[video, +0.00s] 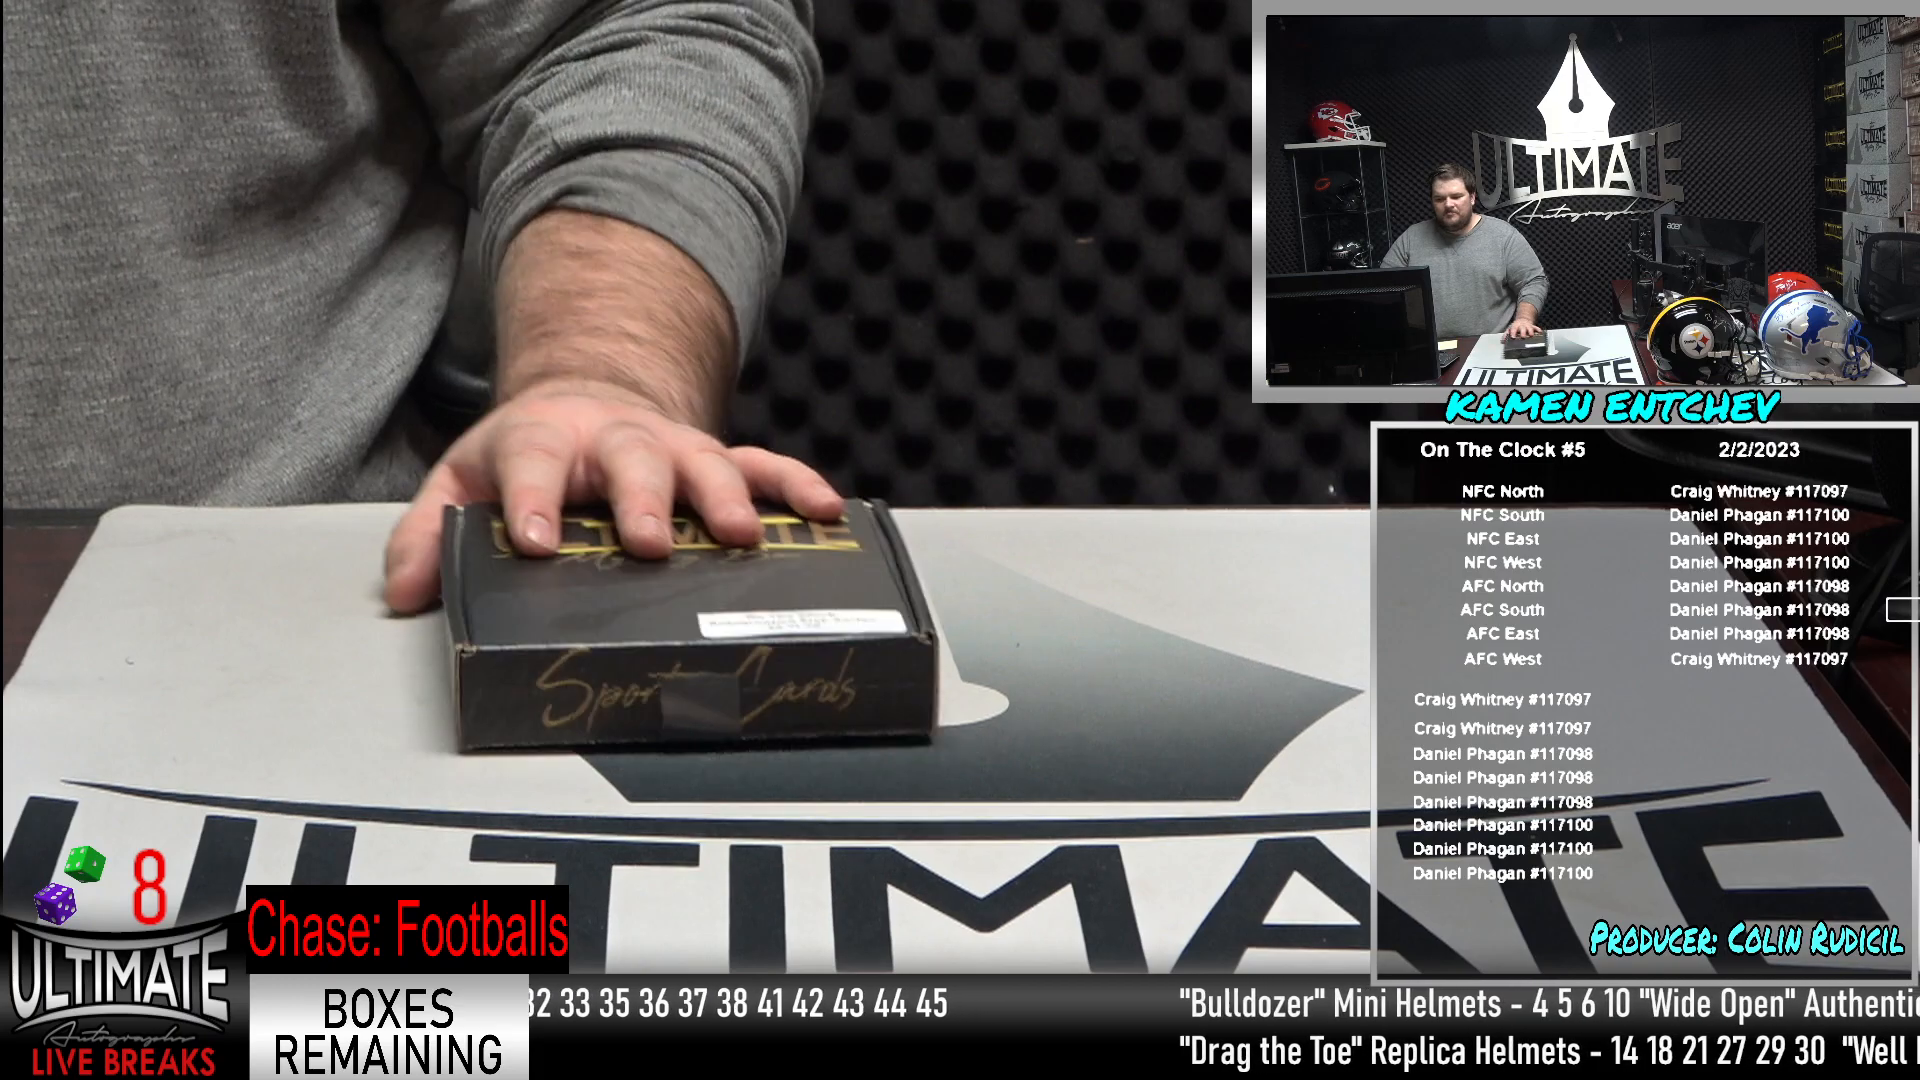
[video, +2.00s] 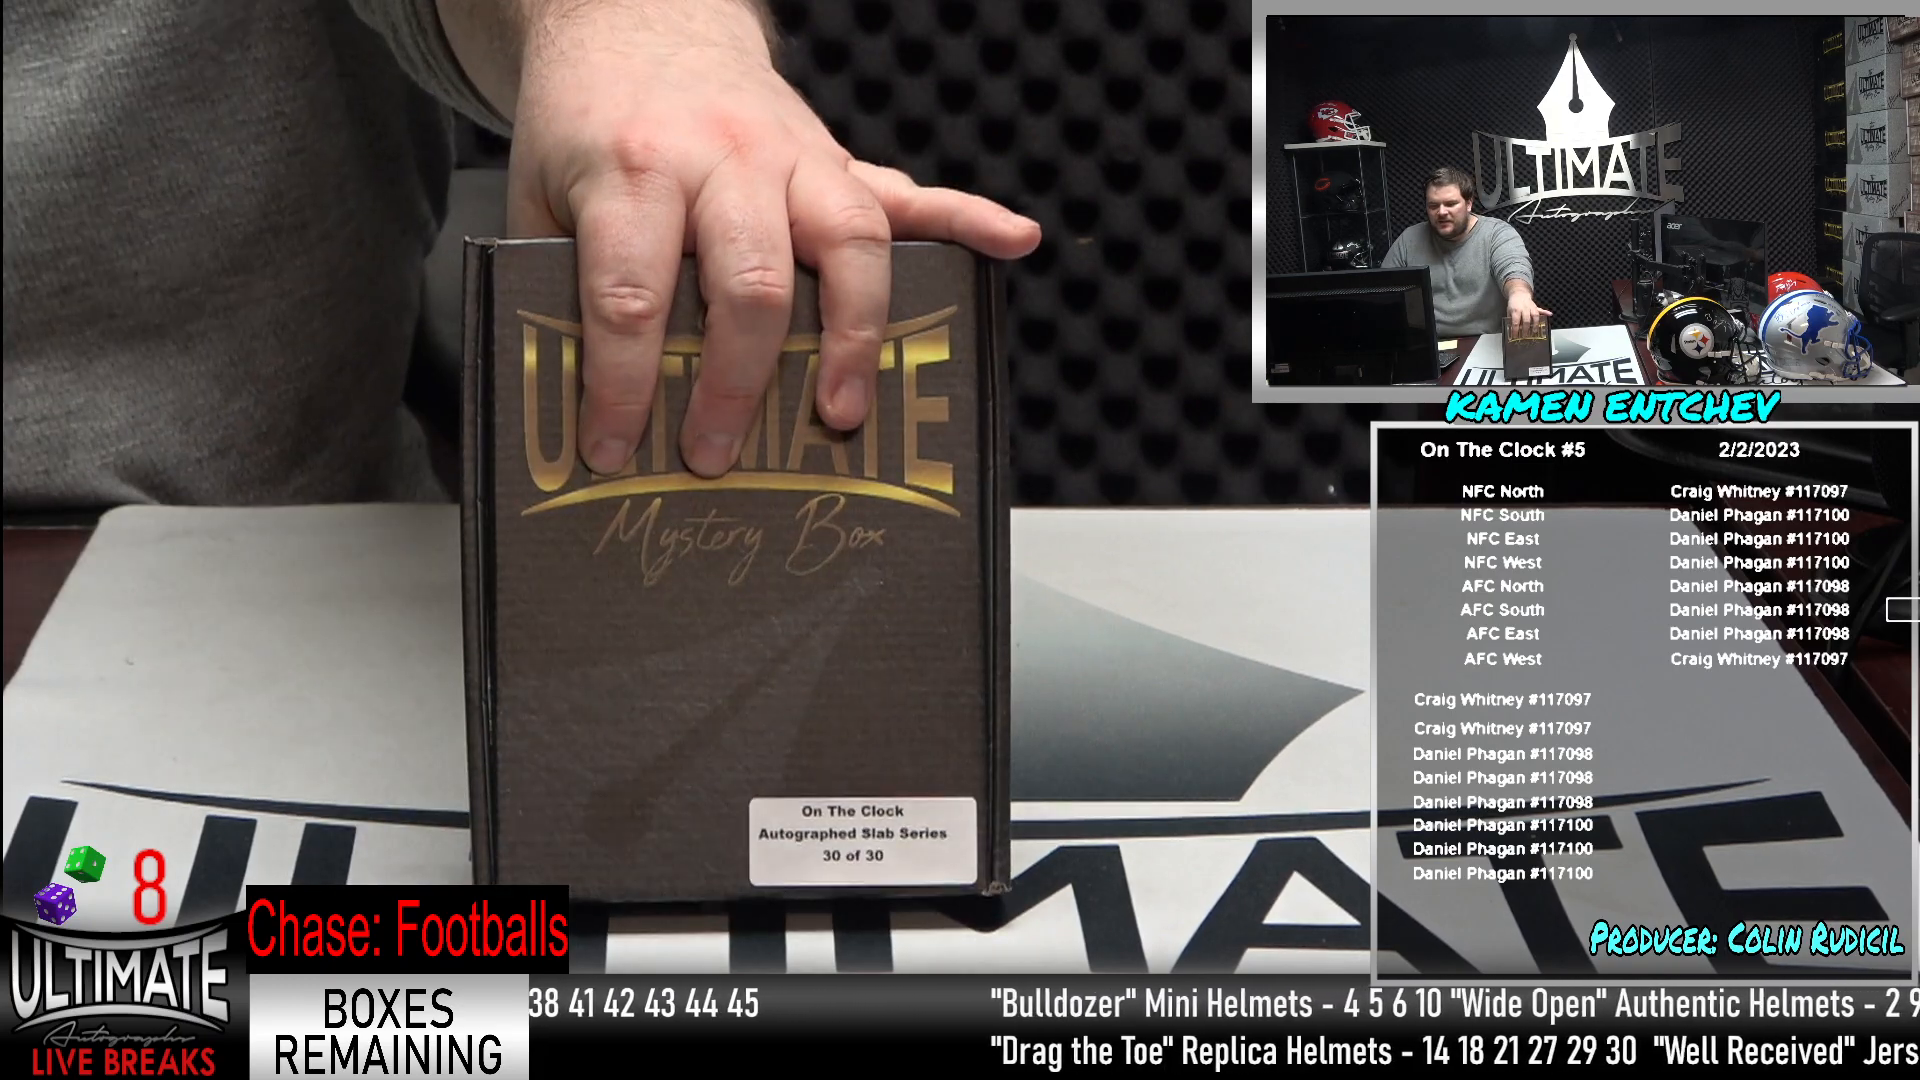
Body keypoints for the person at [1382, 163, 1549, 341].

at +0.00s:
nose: (1449, 204)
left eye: (1456, 196)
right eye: (1440, 198)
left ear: (1472, 197)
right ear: (1432, 202)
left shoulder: (1503, 236)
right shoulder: (1412, 239)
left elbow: (1534, 280)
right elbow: (1383, 285)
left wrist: (1524, 318)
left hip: (1494, 353)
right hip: (1430, 357)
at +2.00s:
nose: (1442, 212)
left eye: (1450, 204)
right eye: (1434, 205)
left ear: (1469, 204)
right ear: (1426, 208)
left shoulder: (1498, 234)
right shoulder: (1410, 240)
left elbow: (1514, 268)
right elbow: (1383, 289)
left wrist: (1520, 295)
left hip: (1488, 349)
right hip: (1425, 351)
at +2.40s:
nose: (1442, 212)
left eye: (1451, 204)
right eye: (1435, 205)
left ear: (1469, 204)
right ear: (1427, 207)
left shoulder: (1498, 234)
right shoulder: (1411, 239)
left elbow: (1514, 268)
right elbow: (1383, 288)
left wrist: (1519, 294)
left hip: (1488, 349)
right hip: (1425, 351)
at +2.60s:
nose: (1443, 212)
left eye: (1452, 203)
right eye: (1436, 205)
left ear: (1470, 204)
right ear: (1428, 207)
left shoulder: (1498, 233)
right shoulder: (1411, 239)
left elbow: (1514, 268)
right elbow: (1384, 287)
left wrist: (1519, 294)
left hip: (1488, 348)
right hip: (1425, 349)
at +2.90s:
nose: (1450, 204)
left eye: (1458, 196)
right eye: (1441, 198)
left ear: (1473, 199)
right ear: (1432, 202)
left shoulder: (1499, 233)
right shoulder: (1413, 237)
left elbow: (1522, 268)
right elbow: (1388, 287)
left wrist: (1525, 299)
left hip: (1492, 348)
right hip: (1430, 351)